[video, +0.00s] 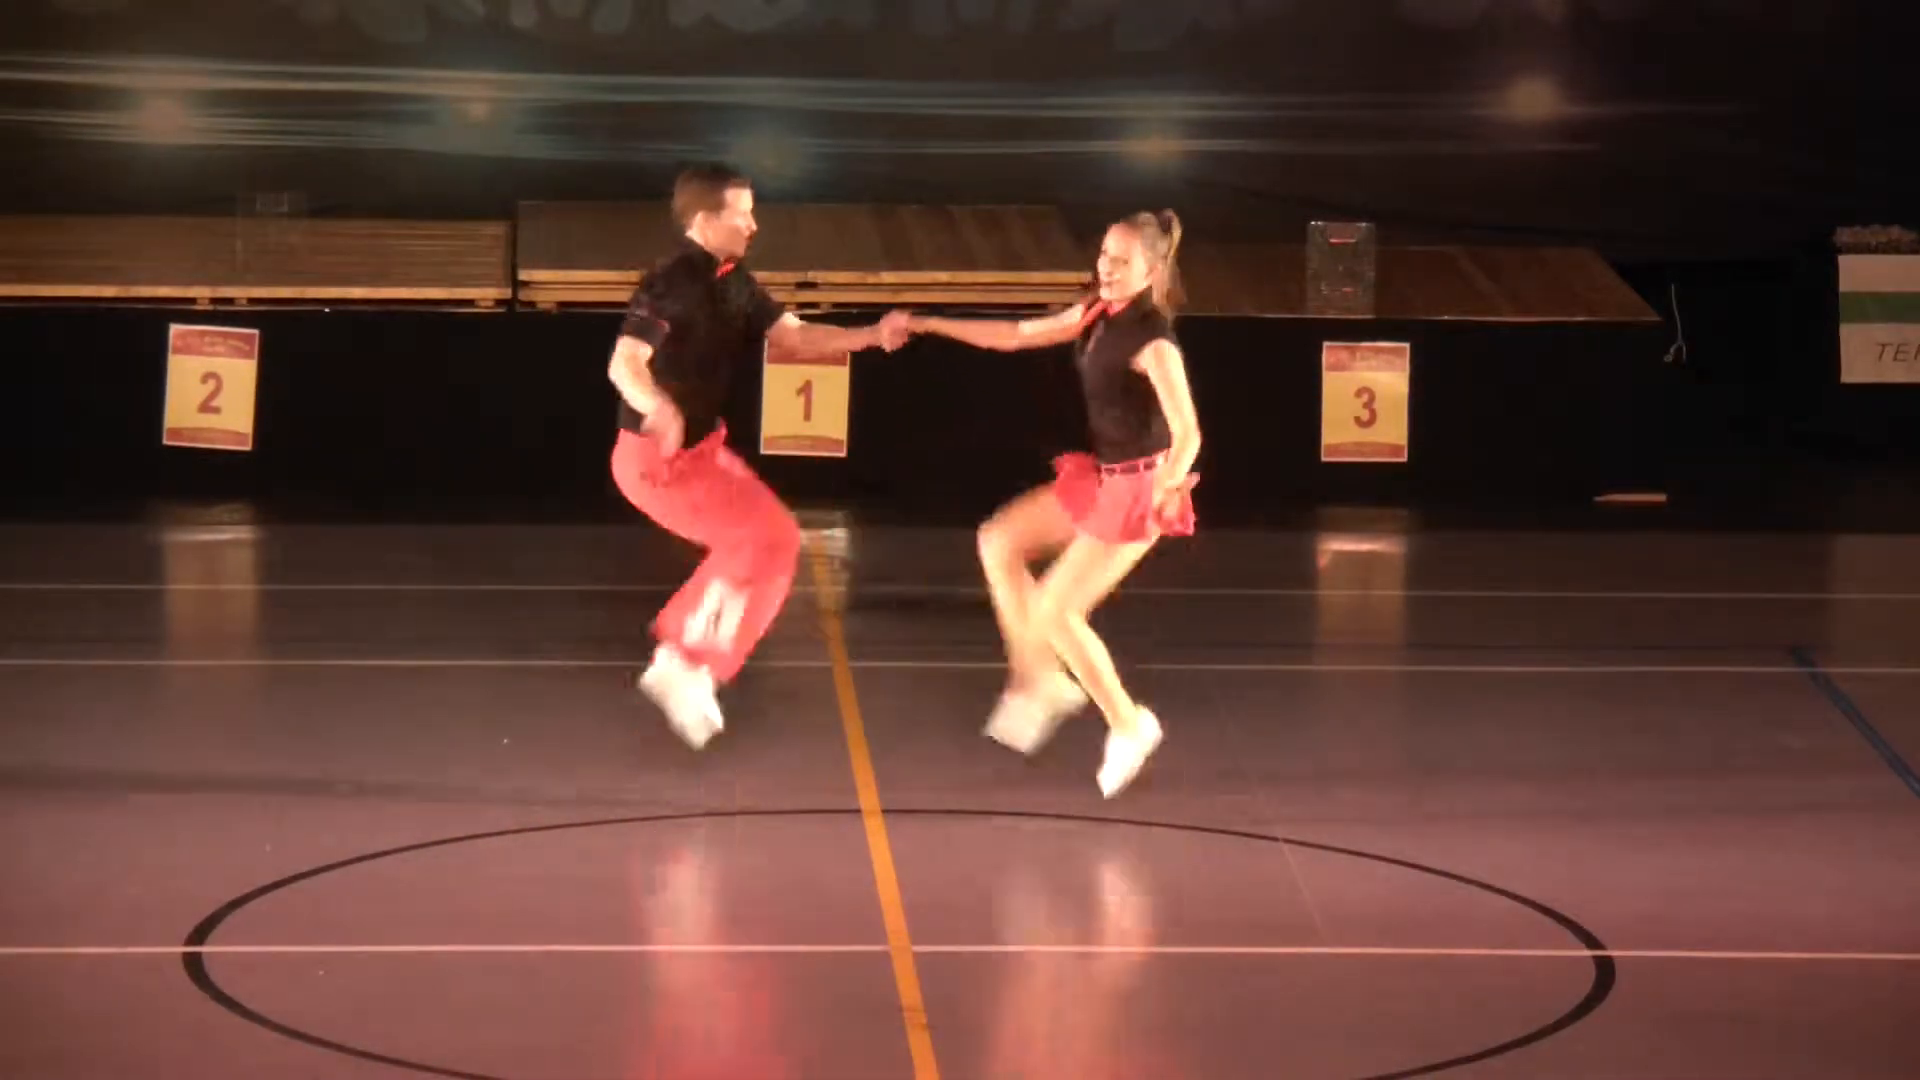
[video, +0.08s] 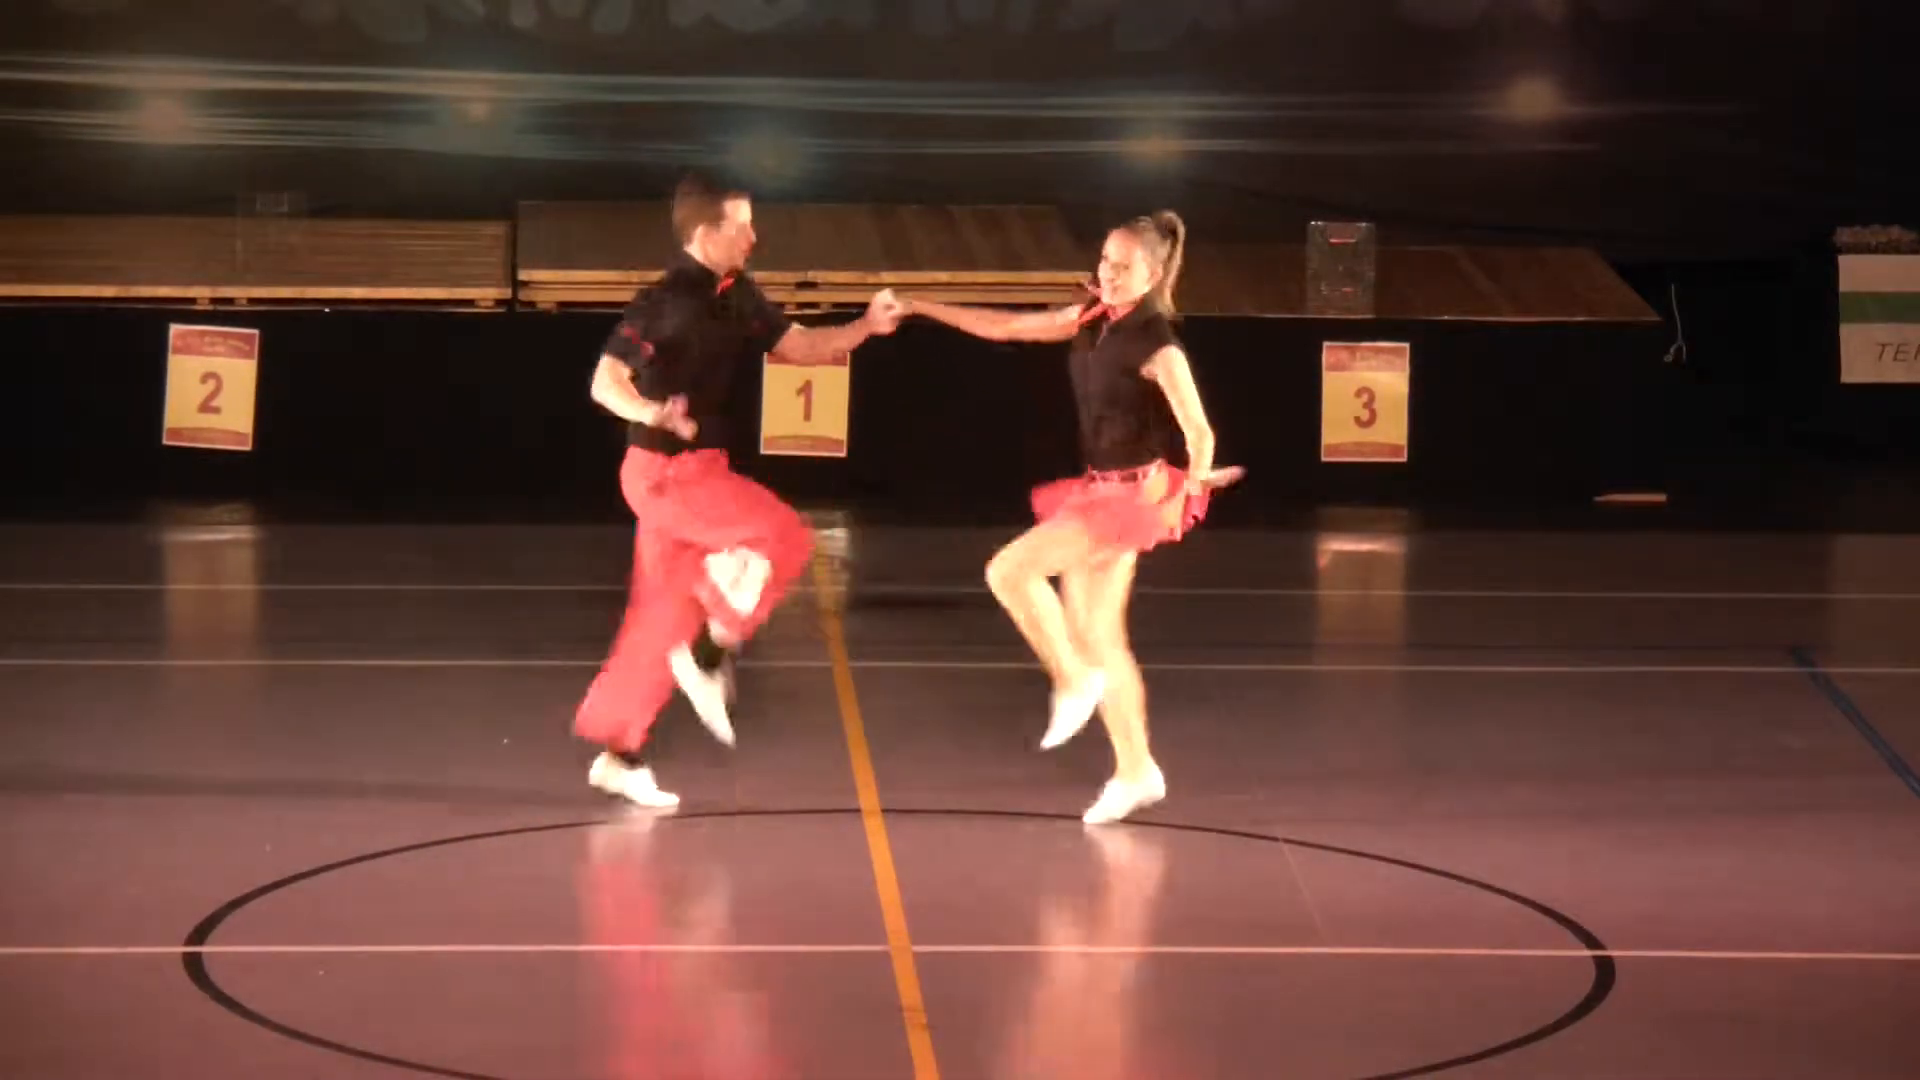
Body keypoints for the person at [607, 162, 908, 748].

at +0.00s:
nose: (752, 225)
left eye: (752, 213)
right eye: (742, 214)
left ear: (719, 220)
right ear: (703, 219)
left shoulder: (739, 285)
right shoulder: (675, 278)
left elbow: (793, 338)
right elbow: (625, 364)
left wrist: (872, 337)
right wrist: (657, 406)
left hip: (703, 451)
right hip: (653, 454)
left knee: (777, 538)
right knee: (751, 534)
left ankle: (697, 668)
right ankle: (679, 658)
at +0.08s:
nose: (752, 235)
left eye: (751, 223)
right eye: (741, 224)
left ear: (723, 230)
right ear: (703, 232)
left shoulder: (741, 296)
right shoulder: (664, 299)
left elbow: (800, 345)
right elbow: (606, 382)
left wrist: (865, 329)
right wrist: (649, 411)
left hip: (696, 470)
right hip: (661, 470)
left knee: (669, 607)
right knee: (785, 540)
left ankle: (616, 754)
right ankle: (707, 655)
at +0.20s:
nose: (744, 254)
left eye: (743, 243)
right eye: (732, 244)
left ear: (716, 250)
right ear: (691, 252)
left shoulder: (738, 316)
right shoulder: (666, 319)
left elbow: (806, 343)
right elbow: (624, 403)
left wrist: (863, 311)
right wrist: (694, 350)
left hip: (703, 495)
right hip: (679, 493)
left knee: (655, 626)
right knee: (730, 638)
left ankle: (607, 765)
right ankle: (675, 777)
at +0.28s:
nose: (751, 234)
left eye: (750, 223)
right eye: (740, 224)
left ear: (717, 231)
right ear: (704, 231)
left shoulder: (723, 284)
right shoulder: (686, 286)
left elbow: (782, 325)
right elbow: (705, 376)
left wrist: (864, 303)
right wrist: (763, 324)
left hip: (723, 467)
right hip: (683, 469)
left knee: (782, 564)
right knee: (719, 580)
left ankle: (691, 689)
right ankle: (676, 757)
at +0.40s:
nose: (755, 244)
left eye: (751, 232)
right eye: (745, 233)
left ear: (706, 243)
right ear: (711, 244)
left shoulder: (705, 294)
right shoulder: (706, 308)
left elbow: (796, 316)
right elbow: (808, 351)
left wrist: (877, 287)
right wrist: (901, 312)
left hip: (724, 447)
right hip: (700, 479)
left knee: (830, 412)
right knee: (721, 620)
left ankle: (939, 478)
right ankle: (678, 775)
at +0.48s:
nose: (764, 233)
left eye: (762, 222)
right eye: (756, 222)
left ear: (717, 233)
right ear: (720, 232)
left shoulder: (720, 285)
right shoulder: (712, 295)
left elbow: (817, 291)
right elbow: (831, 325)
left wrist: (900, 260)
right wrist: (905, 273)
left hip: (731, 452)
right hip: (697, 472)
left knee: (831, 420)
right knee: (711, 610)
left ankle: (950, 382)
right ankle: (683, 770)